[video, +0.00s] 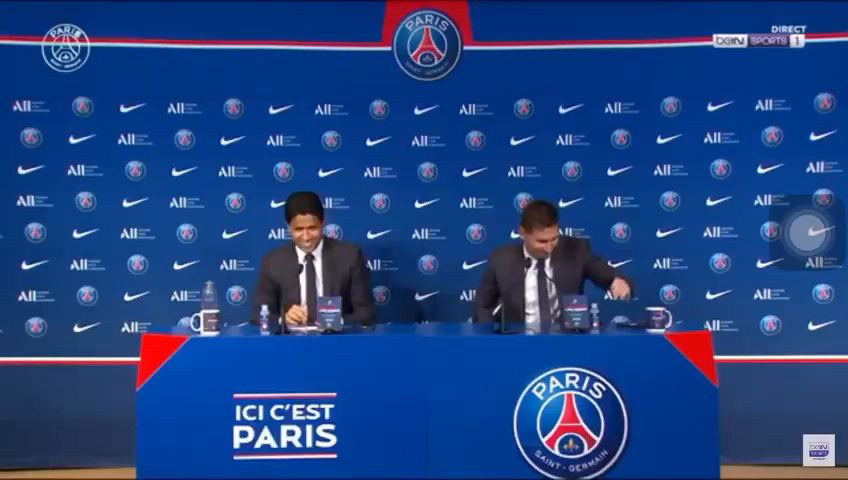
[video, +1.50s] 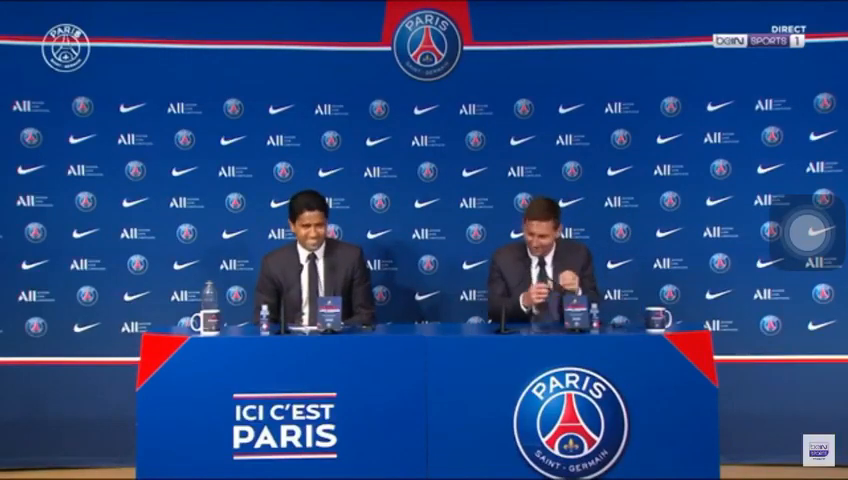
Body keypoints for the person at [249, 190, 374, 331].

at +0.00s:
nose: (306, 236)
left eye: (312, 228)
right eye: (299, 229)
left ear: (322, 223)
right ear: (289, 228)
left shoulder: (350, 256)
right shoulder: (273, 261)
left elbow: (365, 315)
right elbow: (259, 317)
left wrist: (328, 322)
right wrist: (283, 319)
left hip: (338, 347)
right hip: (290, 348)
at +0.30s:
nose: (309, 236)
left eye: (315, 228)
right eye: (302, 229)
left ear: (325, 223)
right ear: (292, 226)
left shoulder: (351, 256)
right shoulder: (274, 262)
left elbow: (367, 313)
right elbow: (261, 317)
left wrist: (340, 324)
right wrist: (287, 328)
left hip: (338, 346)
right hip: (291, 347)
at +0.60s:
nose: (316, 235)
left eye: (321, 227)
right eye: (308, 229)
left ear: (328, 223)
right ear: (294, 227)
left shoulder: (352, 256)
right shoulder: (275, 262)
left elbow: (366, 314)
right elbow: (262, 319)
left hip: (340, 346)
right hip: (291, 347)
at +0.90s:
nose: (324, 236)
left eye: (326, 227)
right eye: (315, 230)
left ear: (330, 222)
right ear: (295, 229)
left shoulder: (351, 256)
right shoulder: (274, 263)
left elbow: (365, 315)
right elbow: (262, 320)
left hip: (340, 346)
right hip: (291, 347)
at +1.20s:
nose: (322, 235)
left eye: (325, 227)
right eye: (313, 229)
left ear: (329, 222)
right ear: (295, 229)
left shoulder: (351, 256)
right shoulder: (274, 263)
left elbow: (365, 314)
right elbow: (264, 321)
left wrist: (337, 331)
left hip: (339, 346)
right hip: (291, 347)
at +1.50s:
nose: (314, 233)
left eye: (319, 225)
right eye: (306, 226)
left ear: (326, 223)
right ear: (292, 226)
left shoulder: (351, 256)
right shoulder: (274, 262)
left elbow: (365, 315)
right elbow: (264, 320)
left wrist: (336, 332)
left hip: (339, 346)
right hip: (290, 347)